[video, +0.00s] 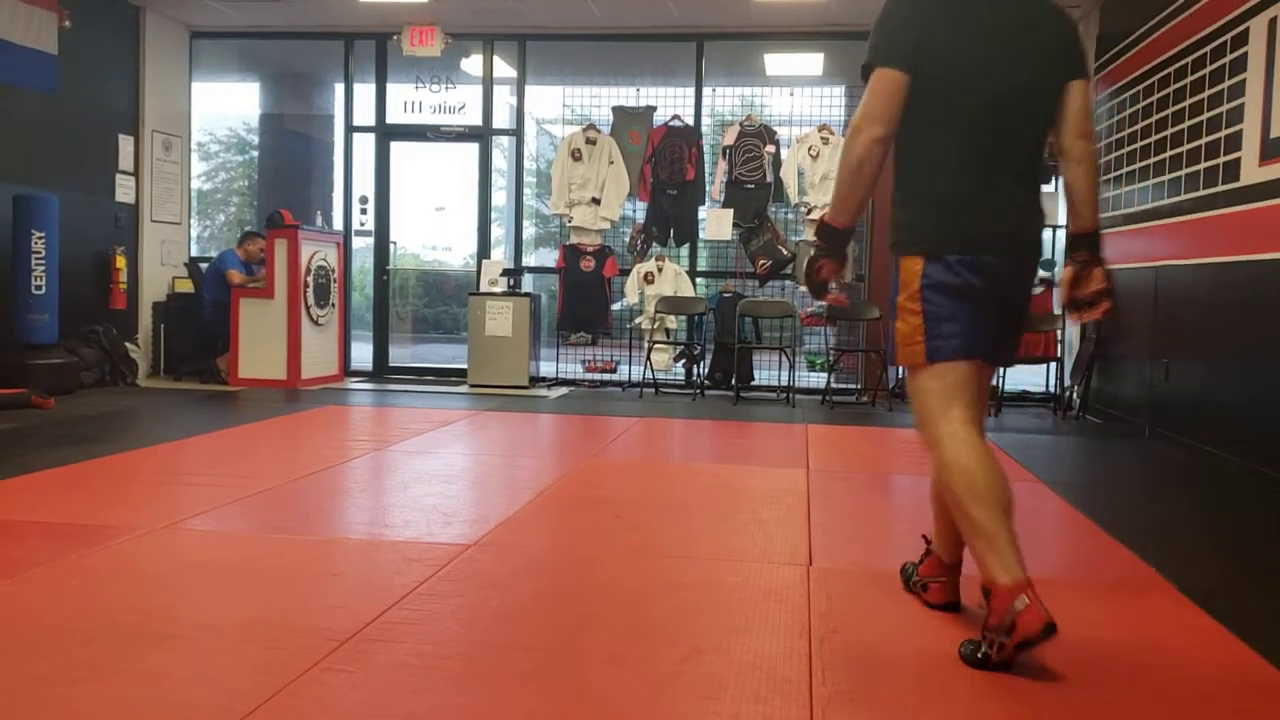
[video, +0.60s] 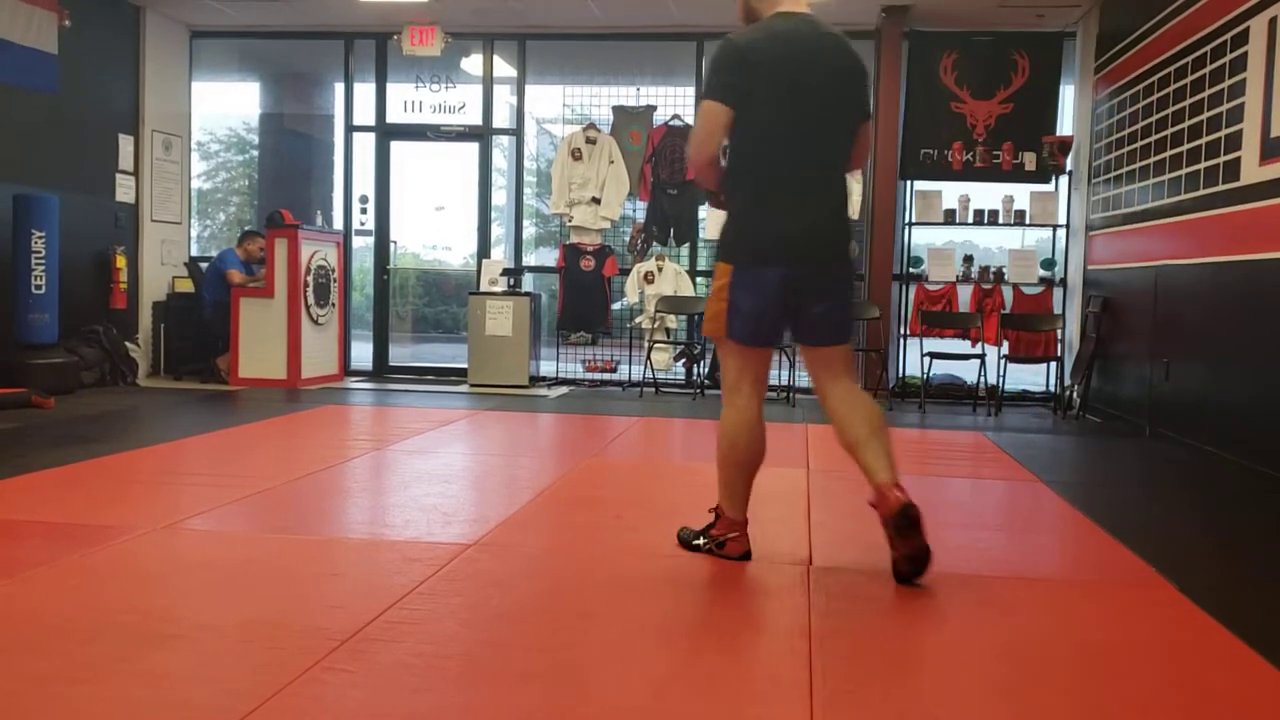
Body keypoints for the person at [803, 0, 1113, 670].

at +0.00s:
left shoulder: (912, 12)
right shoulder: (1055, 21)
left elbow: (873, 130)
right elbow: (1077, 141)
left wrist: (833, 236)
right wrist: (1084, 248)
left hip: (936, 239)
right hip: (1016, 240)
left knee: (950, 422)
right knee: (963, 414)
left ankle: (1014, 597)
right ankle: (941, 566)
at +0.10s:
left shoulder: (896, 16)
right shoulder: (1031, 37)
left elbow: (866, 135)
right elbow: (1037, 163)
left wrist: (819, 231)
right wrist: (1025, 253)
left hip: (910, 238)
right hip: (994, 240)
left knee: (876, 400)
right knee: (949, 403)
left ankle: (965, 539)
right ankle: (942, 564)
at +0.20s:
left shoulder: (878, 14)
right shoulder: (988, 32)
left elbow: (854, 128)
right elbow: (1001, 151)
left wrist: (806, 207)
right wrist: (956, 205)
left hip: (886, 228)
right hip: (962, 233)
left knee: (830, 376)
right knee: (938, 397)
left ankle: (905, 506)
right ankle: (938, 565)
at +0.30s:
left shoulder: (853, 18)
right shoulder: (952, 29)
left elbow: (838, 129)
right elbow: (967, 138)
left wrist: (781, 194)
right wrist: (913, 174)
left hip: (861, 226)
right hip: (936, 228)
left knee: (803, 370)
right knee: (924, 395)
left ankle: (834, 526)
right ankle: (936, 560)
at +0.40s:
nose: (793, 9)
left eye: (795, 4)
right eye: (794, 6)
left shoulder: (825, 28)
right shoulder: (914, 36)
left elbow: (810, 140)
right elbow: (916, 139)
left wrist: (760, 183)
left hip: (835, 238)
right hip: (906, 237)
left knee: (792, 386)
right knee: (906, 396)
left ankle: (757, 522)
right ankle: (933, 556)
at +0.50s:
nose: (761, 10)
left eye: (762, 5)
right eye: (761, 6)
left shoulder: (786, 43)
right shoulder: (883, 51)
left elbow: (755, 157)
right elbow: (886, 164)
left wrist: (731, 184)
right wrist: (780, 183)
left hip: (797, 250)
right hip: (873, 251)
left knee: (766, 395)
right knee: (883, 395)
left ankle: (732, 525)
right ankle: (928, 542)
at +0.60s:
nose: (736, 13)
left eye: (738, 8)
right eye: (738, 9)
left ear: (752, 3)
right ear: (801, 0)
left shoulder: (741, 49)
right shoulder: (846, 55)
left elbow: (701, 161)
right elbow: (856, 153)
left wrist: (734, 193)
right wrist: (798, 165)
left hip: (756, 243)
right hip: (827, 243)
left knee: (742, 388)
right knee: (838, 379)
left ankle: (731, 526)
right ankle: (890, 494)